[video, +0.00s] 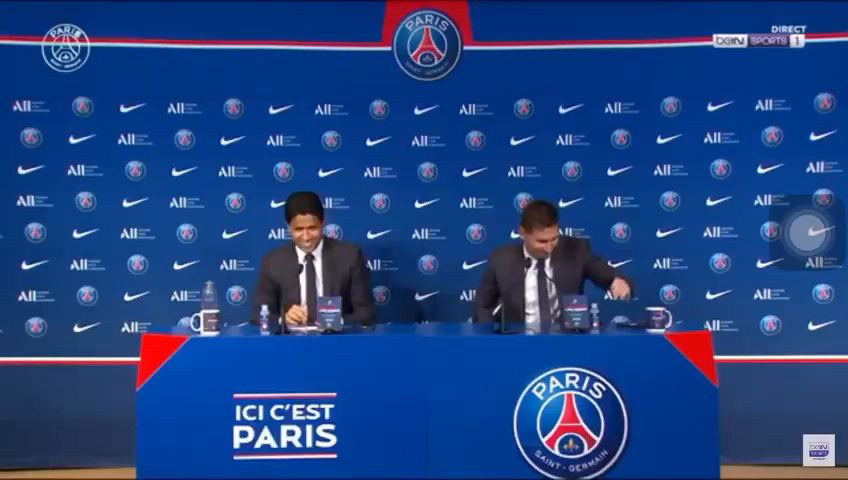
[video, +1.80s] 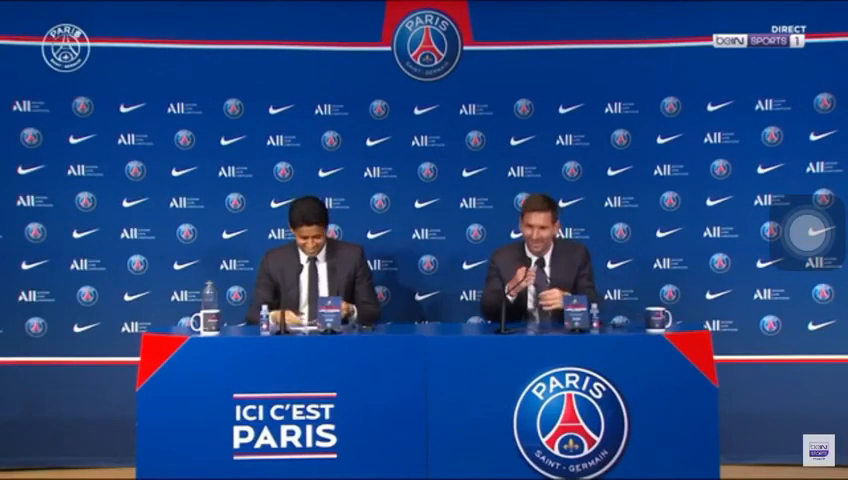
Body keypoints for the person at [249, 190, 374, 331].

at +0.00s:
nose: (306, 236)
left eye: (312, 228)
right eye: (299, 229)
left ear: (322, 223)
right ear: (289, 228)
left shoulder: (350, 256)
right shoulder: (273, 261)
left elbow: (365, 315)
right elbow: (259, 317)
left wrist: (328, 322)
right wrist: (283, 319)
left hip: (338, 347)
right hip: (290, 348)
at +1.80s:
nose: (310, 244)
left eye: (317, 237)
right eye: (304, 237)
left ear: (326, 230)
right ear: (293, 232)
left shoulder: (352, 255)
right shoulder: (274, 260)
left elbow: (372, 312)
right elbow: (254, 315)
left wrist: (351, 311)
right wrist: (277, 317)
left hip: (339, 345)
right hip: (290, 346)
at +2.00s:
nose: (310, 246)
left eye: (316, 238)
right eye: (303, 239)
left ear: (326, 231)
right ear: (293, 233)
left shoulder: (352, 254)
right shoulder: (274, 258)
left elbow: (375, 312)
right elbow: (248, 314)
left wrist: (353, 301)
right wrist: (268, 302)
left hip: (341, 345)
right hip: (289, 346)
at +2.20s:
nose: (309, 247)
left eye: (315, 240)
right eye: (302, 241)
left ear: (326, 232)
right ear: (293, 234)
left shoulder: (351, 253)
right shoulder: (275, 256)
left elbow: (378, 311)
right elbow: (244, 313)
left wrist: (352, 279)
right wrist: (266, 280)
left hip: (340, 347)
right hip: (291, 347)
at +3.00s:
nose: (308, 246)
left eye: (315, 239)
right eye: (301, 239)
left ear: (326, 232)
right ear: (291, 235)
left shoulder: (345, 254)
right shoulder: (277, 258)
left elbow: (384, 292)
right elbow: (236, 302)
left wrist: (355, 252)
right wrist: (259, 257)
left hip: (341, 345)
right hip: (291, 346)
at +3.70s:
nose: (297, 239)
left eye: (304, 233)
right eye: (292, 233)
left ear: (319, 228)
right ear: (284, 231)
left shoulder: (349, 250)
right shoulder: (275, 256)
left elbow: (376, 299)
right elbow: (237, 302)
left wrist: (339, 266)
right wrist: (255, 254)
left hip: (337, 346)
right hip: (289, 347)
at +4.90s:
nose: (299, 236)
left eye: (305, 229)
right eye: (292, 230)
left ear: (321, 226)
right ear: (286, 229)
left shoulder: (350, 251)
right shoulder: (274, 254)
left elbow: (373, 309)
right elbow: (250, 308)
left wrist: (334, 284)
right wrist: (278, 267)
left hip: (337, 343)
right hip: (289, 343)